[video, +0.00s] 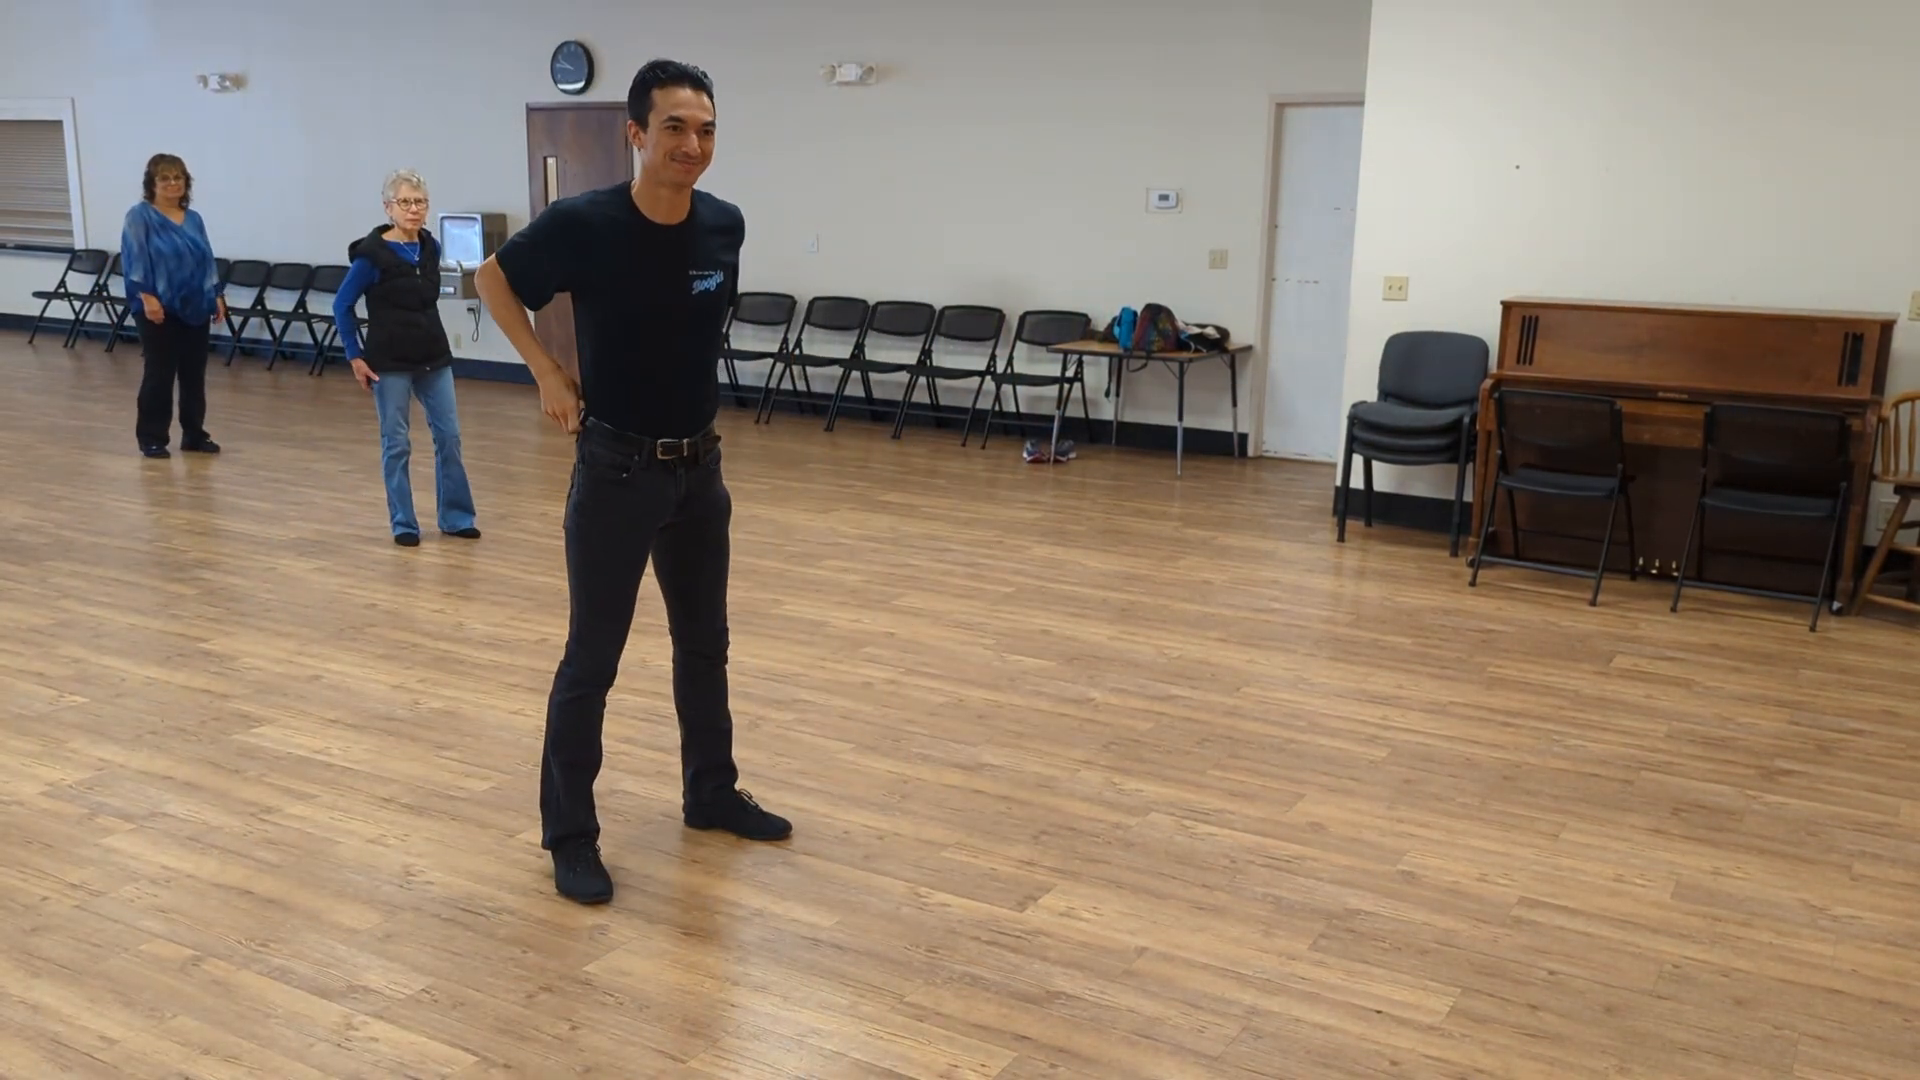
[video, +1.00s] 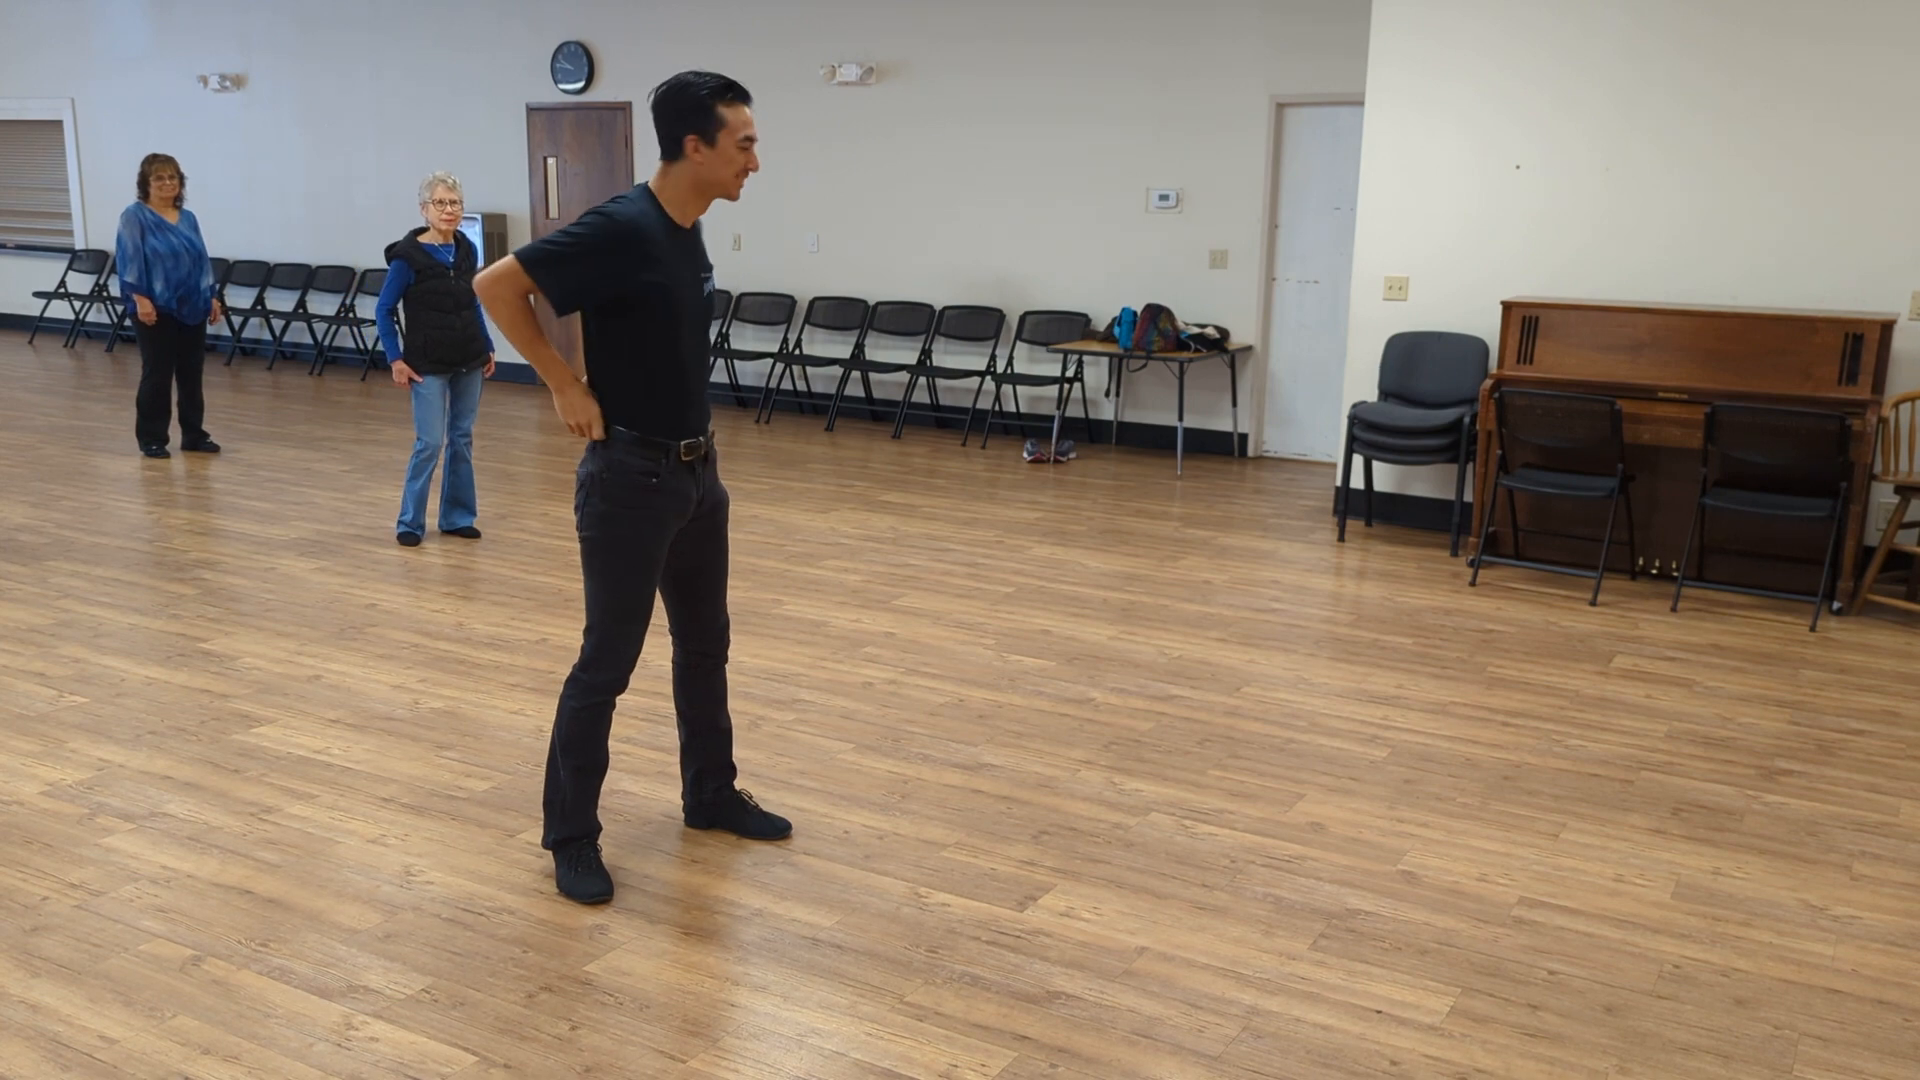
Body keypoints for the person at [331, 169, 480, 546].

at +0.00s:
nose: (415, 209)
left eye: (420, 202)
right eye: (406, 203)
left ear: (427, 208)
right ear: (389, 207)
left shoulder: (429, 247)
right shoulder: (373, 254)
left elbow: (424, 300)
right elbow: (342, 305)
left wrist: (428, 341)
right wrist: (355, 357)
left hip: (433, 357)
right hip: (390, 361)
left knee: (449, 436)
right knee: (397, 444)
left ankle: (456, 517)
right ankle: (404, 524)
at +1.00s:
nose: (449, 210)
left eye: (455, 203)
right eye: (441, 204)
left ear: (462, 208)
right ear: (425, 209)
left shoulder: (467, 250)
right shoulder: (409, 254)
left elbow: (473, 303)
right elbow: (384, 309)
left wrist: (487, 346)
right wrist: (395, 358)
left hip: (470, 360)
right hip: (427, 363)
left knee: (462, 440)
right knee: (430, 444)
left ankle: (457, 518)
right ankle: (410, 524)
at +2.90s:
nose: (430, 206)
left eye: (435, 199)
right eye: (421, 200)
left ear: (441, 204)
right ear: (404, 205)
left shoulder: (444, 246)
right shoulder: (389, 253)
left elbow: (446, 304)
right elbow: (360, 309)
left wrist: (465, 347)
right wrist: (377, 358)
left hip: (449, 359)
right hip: (406, 362)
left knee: (457, 441)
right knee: (408, 446)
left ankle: (464, 521)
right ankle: (410, 526)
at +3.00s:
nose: (433, 206)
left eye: (439, 199)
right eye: (424, 200)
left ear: (445, 203)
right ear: (406, 205)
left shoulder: (448, 246)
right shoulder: (393, 252)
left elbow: (451, 304)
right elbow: (367, 309)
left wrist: (471, 348)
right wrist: (382, 359)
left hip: (454, 357)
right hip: (411, 360)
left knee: (457, 441)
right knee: (411, 446)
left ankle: (464, 521)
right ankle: (411, 526)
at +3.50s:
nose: (449, 205)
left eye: (455, 198)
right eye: (440, 199)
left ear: (461, 202)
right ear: (424, 204)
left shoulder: (466, 247)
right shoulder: (409, 251)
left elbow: (470, 305)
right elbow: (388, 310)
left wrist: (493, 350)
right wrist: (395, 361)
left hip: (469, 358)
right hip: (427, 360)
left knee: (464, 442)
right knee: (420, 446)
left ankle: (464, 521)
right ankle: (411, 526)